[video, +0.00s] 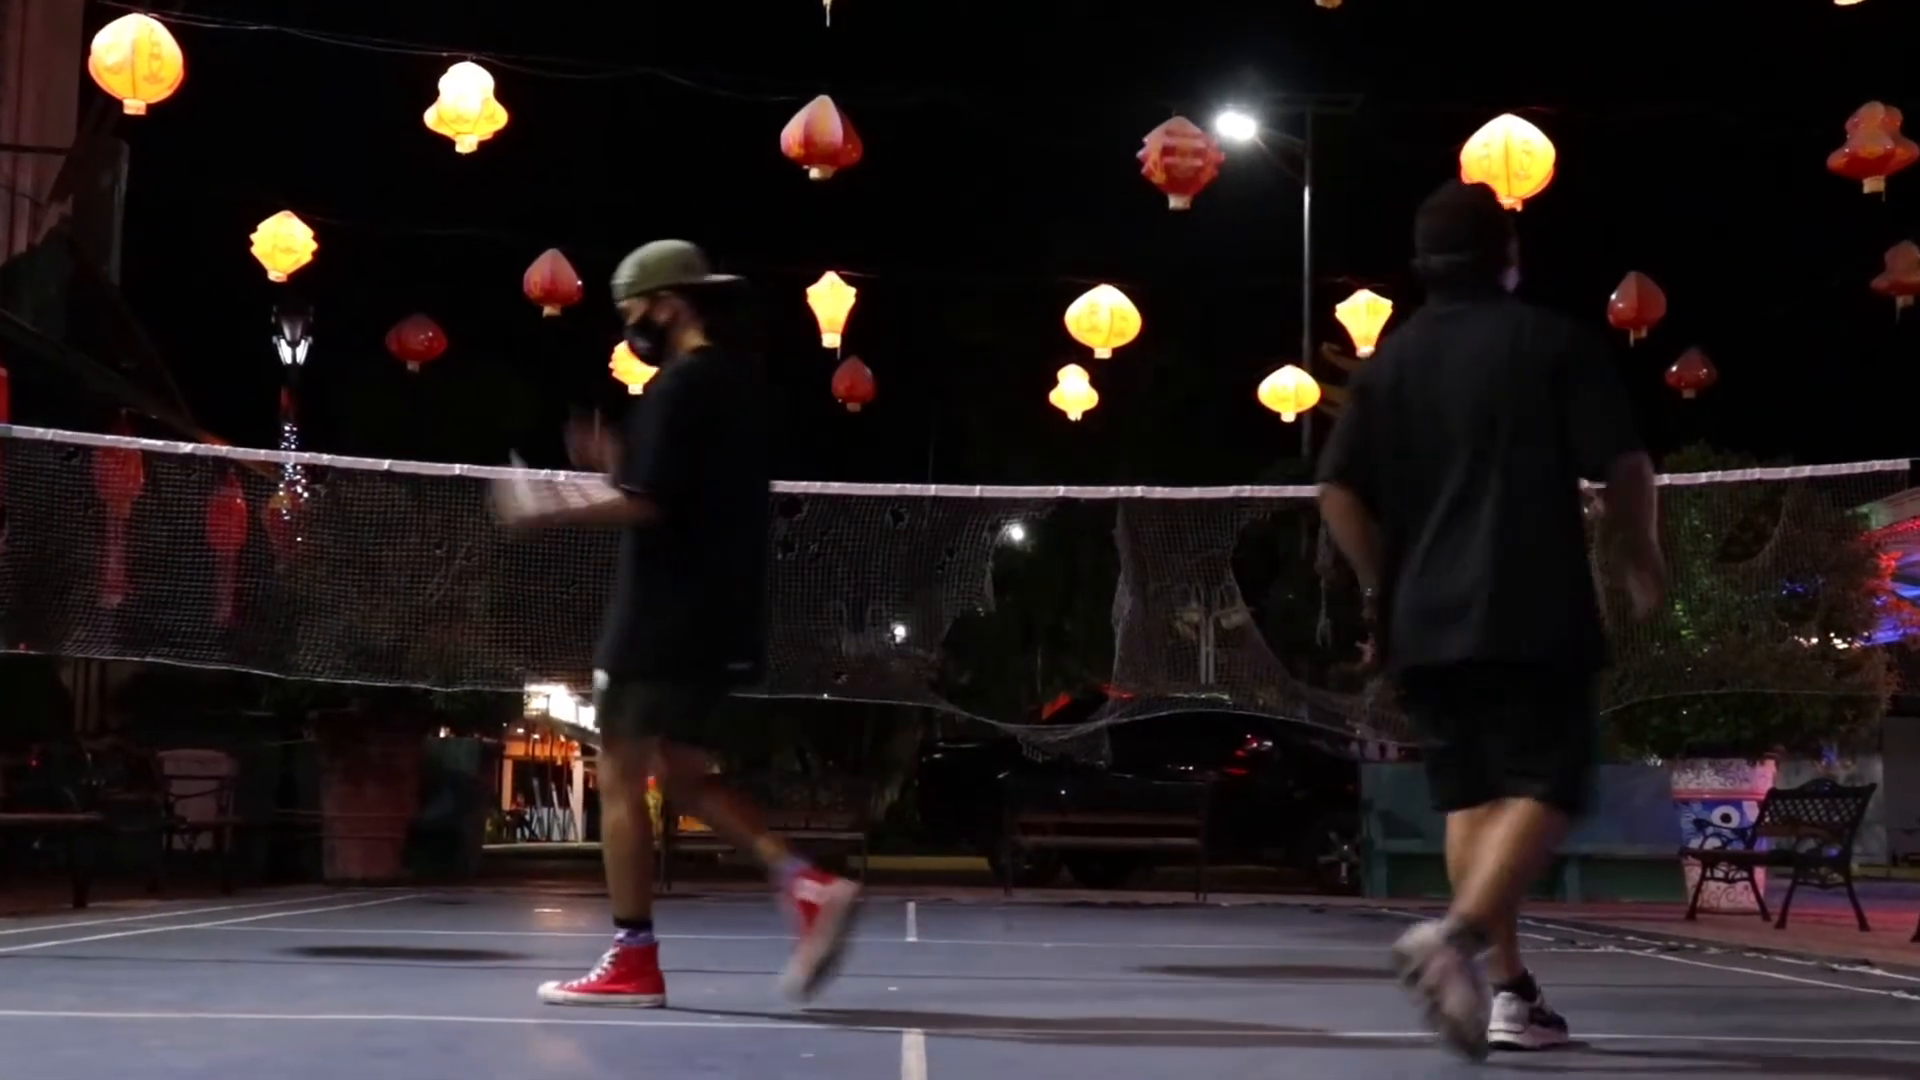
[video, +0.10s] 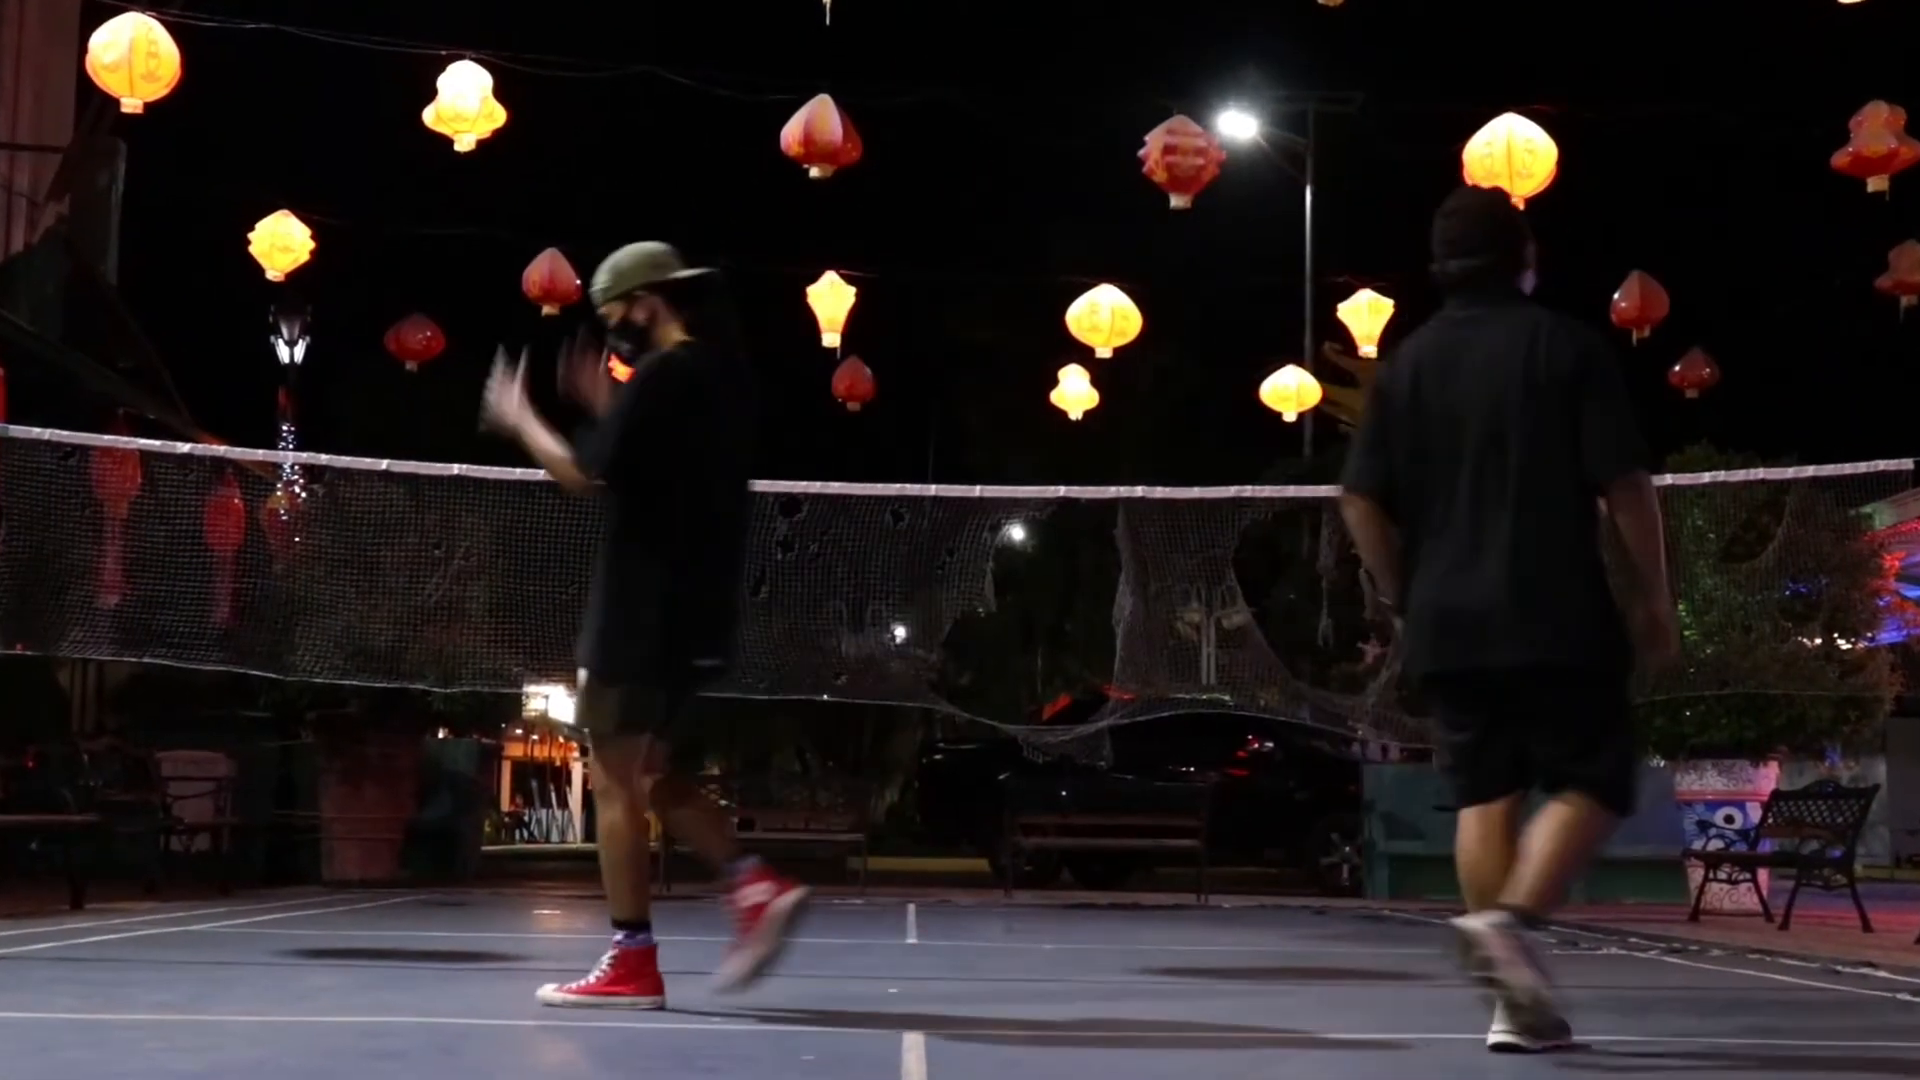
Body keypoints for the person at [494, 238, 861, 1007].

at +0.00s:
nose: (631, 326)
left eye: (636, 311)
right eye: (630, 313)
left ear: (669, 305)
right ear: (692, 306)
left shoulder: (680, 387)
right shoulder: (734, 380)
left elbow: (646, 501)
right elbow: (704, 497)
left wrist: (551, 505)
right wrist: (617, 462)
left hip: (655, 623)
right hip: (715, 619)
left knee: (620, 775)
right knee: (684, 773)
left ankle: (632, 956)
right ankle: (804, 884)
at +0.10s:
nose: (613, 329)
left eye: (615, 316)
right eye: (611, 318)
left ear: (647, 304)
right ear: (669, 305)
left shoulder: (665, 377)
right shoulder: (717, 372)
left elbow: (584, 472)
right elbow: (666, 467)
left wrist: (518, 416)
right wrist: (605, 402)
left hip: (638, 612)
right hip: (692, 610)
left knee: (611, 771)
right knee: (651, 771)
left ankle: (631, 958)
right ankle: (752, 887)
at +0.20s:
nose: (590, 337)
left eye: (590, 323)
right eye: (585, 327)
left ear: (613, 306)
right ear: (642, 304)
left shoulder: (621, 371)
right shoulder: (691, 370)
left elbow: (518, 423)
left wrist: (526, 327)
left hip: (604, 603)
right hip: (649, 600)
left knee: (607, 779)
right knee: (593, 768)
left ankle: (629, 956)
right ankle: (646, 929)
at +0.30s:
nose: (571, 337)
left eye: (573, 324)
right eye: (568, 325)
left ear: (592, 310)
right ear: (629, 305)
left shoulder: (608, 368)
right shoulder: (670, 371)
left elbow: (496, 410)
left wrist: (526, 315)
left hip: (590, 602)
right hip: (627, 600)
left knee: (601, 779)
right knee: (555, 759)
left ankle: (628, 957)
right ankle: (570, 934)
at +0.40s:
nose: (548, 335)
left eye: (549, 322)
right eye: (548, 322)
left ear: (569, 313)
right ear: (603, 308)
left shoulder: (585, 372)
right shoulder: (637, 374)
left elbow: (474, 412)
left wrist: (509, 323)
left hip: (570, 606)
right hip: (593, 602)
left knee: (579, 785)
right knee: (525, 770)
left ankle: (627, 960)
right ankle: (468, 939)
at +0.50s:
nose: (525, 338)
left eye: (527, 324)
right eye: (525, 323)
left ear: (547, 317)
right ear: (586, 311)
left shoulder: (570, 375)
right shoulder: (618, 377)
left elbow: (455, 415)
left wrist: (488, 326)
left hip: (553, 611)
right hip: (571, 607)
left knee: (572, 785)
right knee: (496, 765)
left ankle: (626, 962)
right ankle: (434, 941)